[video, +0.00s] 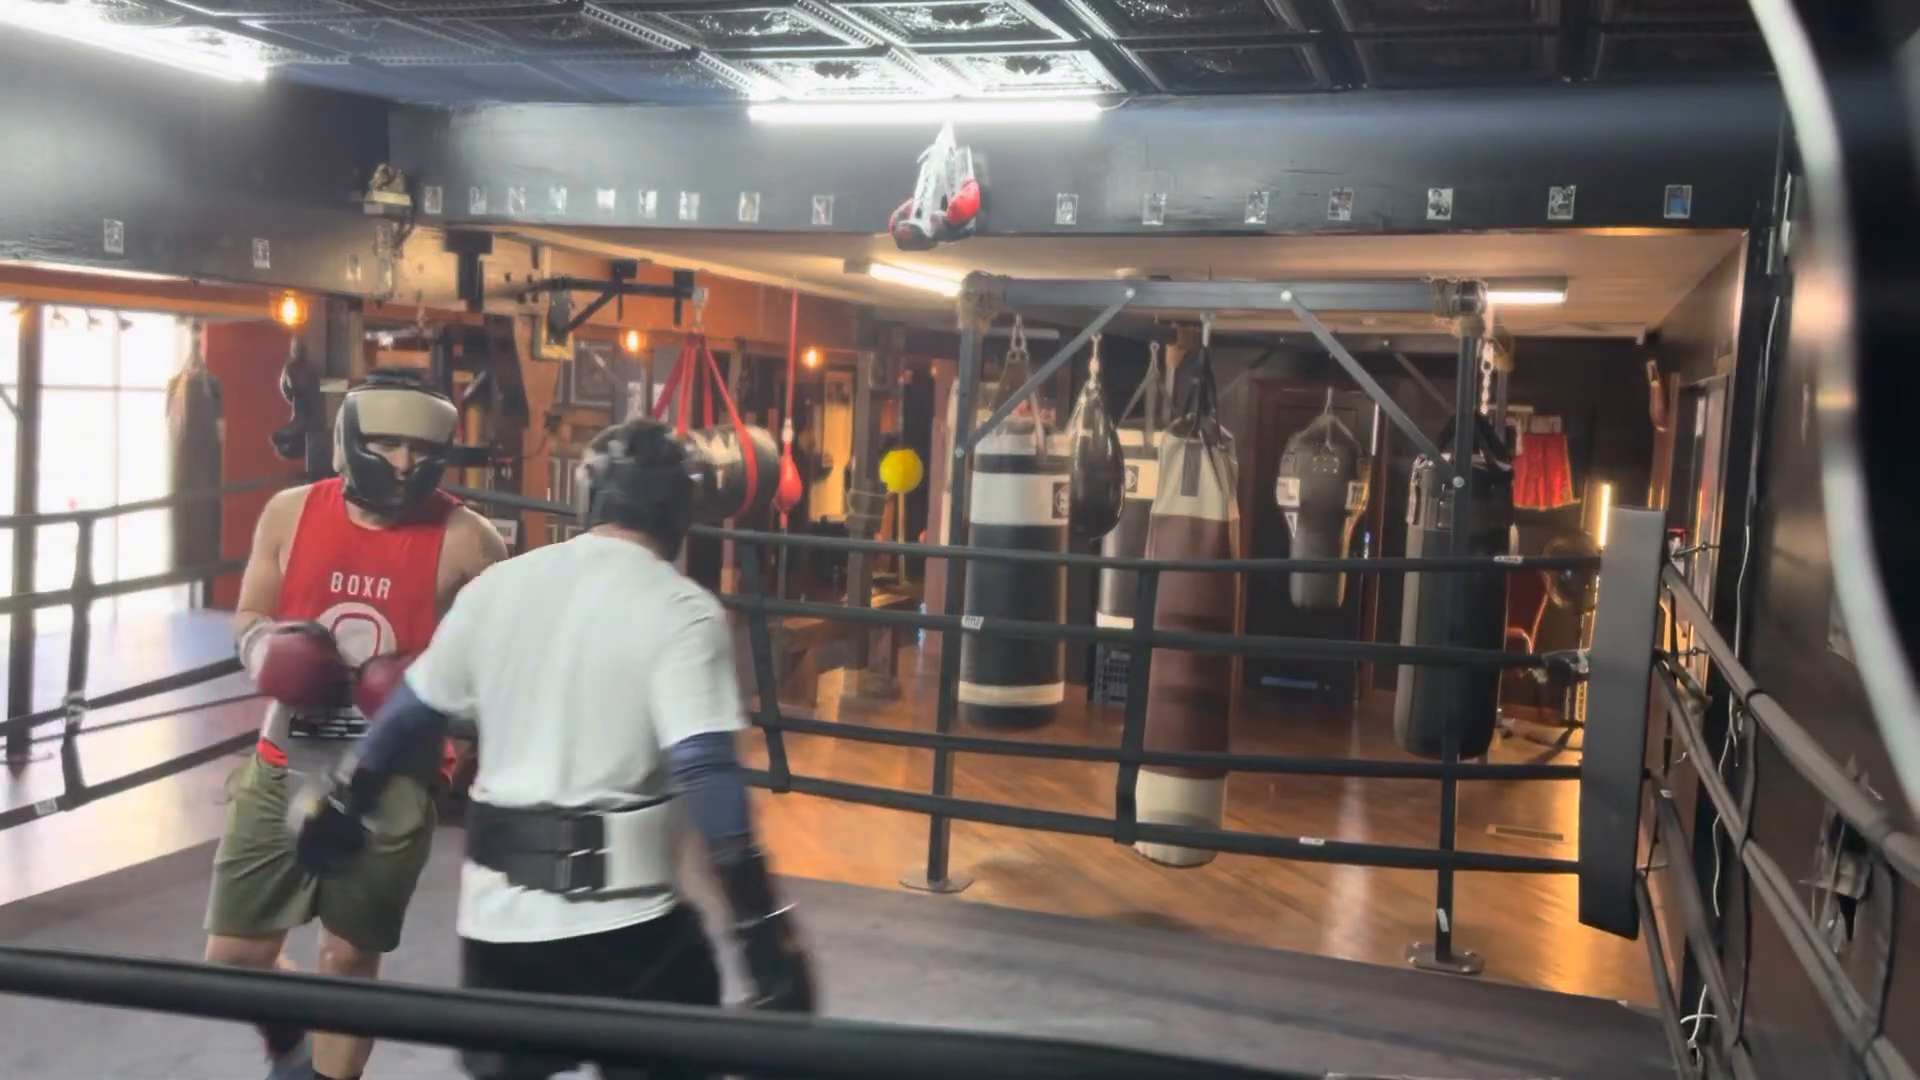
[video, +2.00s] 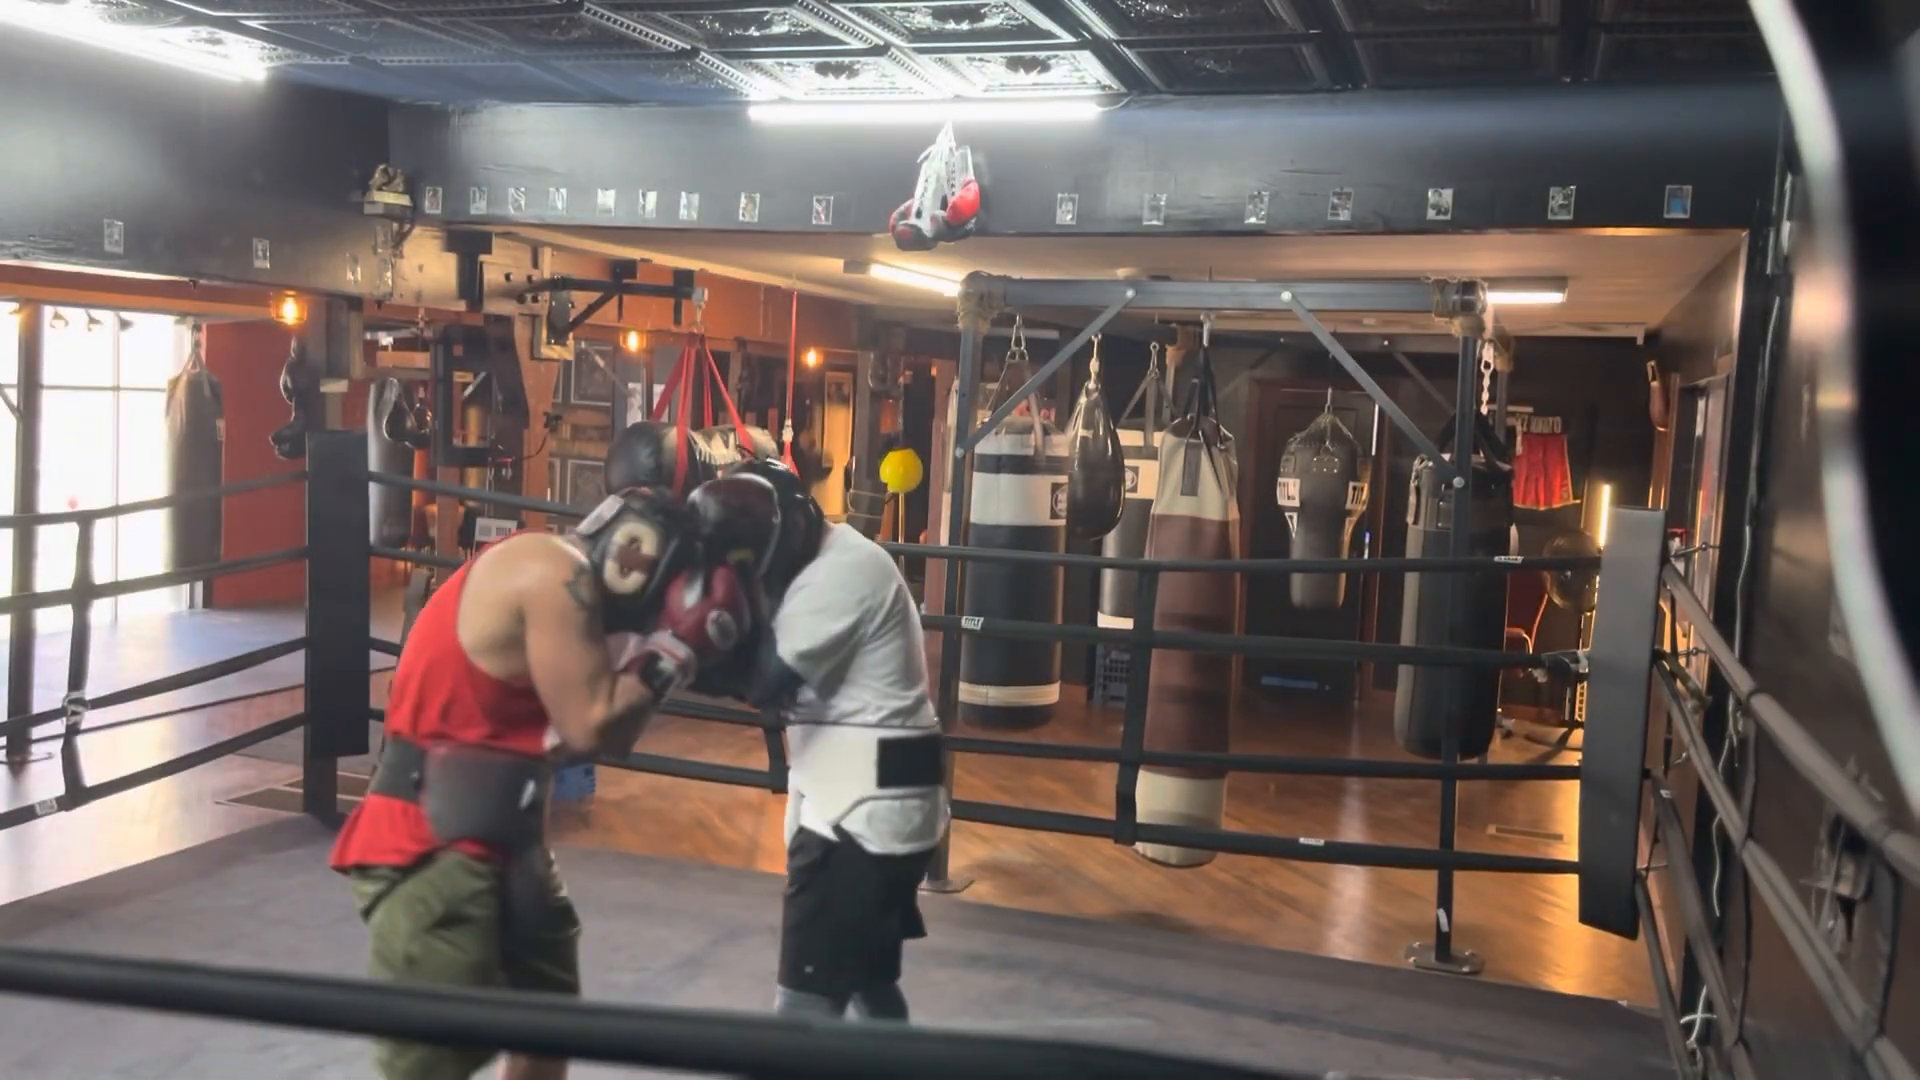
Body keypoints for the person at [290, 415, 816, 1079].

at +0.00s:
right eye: (694, 515)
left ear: (592, 504)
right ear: (680, 518)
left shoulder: (496, 587)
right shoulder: (680, 608)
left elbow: (409, 711)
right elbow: (706, 772)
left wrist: (347, 804)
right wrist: (762, 926)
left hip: (499, 935)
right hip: (628, 935)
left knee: (503, 1067)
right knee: (695, 1066)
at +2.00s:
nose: (751, 570)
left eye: (751, 554)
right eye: (743, 559)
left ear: (781, 528)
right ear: (787, 519)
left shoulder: (847, 566)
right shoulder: (838, 559)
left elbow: (766, 683)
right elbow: (763, 668)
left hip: (863, 809)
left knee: (807, 1003)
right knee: (872, 989)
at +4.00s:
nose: (431, 559)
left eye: (429, 541)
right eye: (426, 544)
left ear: (459, 521)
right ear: (502, 506)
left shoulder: (480, 579)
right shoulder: (613, 553)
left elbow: (413, 704)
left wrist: (379, 638)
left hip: (524, 859)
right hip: (641, 851)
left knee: (437, 1037)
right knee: (643, 1031)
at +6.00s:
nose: (103, 522)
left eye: (110, 509)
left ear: (127, 514)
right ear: (219, 507)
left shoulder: (80, 591)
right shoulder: (302, 569)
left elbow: (33, 728)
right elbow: (294, 686)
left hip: (142, 893)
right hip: (291, 882)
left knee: (115, 1052)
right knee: (341, 1051)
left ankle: (111, 1060)